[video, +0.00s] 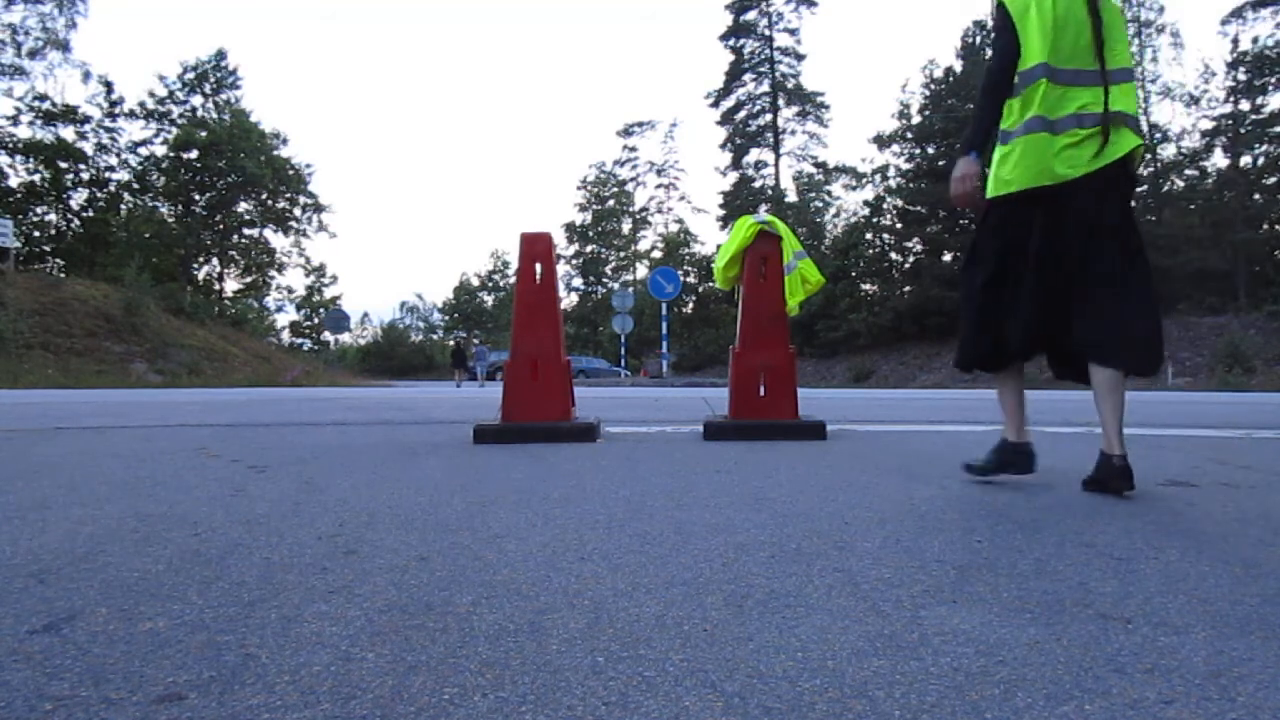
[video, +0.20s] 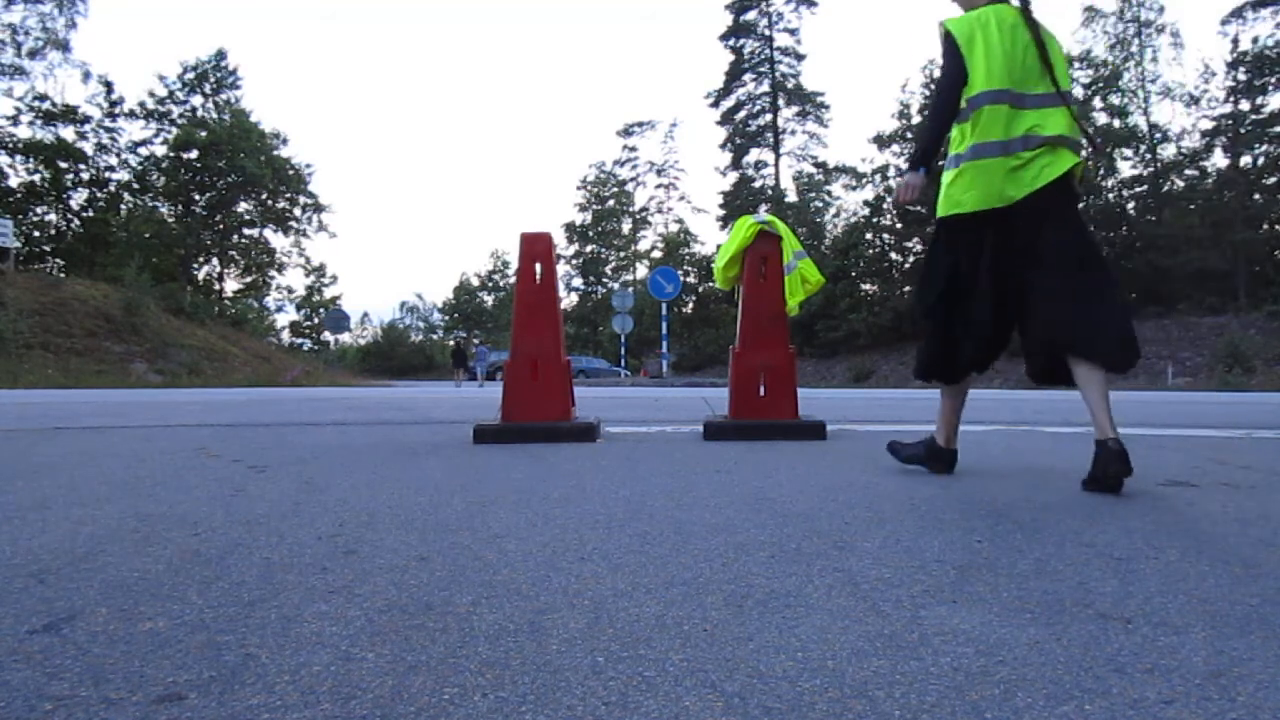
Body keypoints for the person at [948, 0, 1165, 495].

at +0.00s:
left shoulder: (1016, 7)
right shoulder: (1109, 11)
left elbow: (1003, 65)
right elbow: (1120, 80)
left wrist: (972, 151)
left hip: (1027, 169)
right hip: (1103, 168)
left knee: (998, 300)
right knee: (1100, 306)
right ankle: (1114, 456)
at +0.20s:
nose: (954, 4)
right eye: (956, 0)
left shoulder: (962, 30)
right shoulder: (1046, 38)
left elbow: (946, 103)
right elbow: (1063, 111)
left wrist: (917, 167)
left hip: (976, 203)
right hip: (1047, 201)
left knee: (961, 318)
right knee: (1072, 317)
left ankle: (942, 444)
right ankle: (1109, 444)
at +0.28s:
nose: (929, 10)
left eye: (930, 4)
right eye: (930, 5)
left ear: (941, 3)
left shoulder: (936, 44)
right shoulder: (1016, 45)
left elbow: (920, 124)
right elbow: (1033, 121)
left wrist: (901, 195)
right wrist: (1029, 187)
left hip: (948, 207)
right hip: (1017, 206)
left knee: (935, 322)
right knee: (1041, 317)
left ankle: (935, 445)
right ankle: (1096, 429)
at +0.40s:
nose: (892, 16)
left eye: (894, 7)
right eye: (891, 8)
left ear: (911, 5)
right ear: (940, 6)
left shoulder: (900, 58)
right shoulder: (980, 56)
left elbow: (884, 147)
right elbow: (994, 133)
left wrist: (867, 226)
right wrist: (984, 202)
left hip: (913, 221)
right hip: (976, 214)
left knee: (910, 330)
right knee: (976, 325)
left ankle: (933, 444)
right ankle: (1039, 403)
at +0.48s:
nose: (869, 19)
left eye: (872, 10)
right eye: (869, 10)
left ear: (892, 10)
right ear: (916, 11)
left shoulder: (880, 61)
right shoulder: (954, 58)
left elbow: (863, 148)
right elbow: (975, 137)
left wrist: (831, 213)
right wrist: (980, 216)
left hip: (896, 222)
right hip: (952, 215)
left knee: (900, 334)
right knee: (940, 328)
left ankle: (933, 445)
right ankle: (991, 408)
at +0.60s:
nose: (840, 20)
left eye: (841, 10)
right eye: (839, 11)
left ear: (859, 9)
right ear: (885, 11)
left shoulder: (853, 56)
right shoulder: (926, 62)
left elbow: (831, 129)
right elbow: (959, 132)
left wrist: (788, 162)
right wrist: (999, 195)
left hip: (872, 211)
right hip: (920, 205)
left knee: (888, 322)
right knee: (892, 320)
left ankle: (931, 444)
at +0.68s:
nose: (819, 23)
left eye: (822, 13)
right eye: (819, 15)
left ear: (843, 14)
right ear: (866, 16)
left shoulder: (832, 62)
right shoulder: (903, 66)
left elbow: (798, 139)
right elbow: (949, 129)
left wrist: (766, 139)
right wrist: (996, 182)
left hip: (857, 211)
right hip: (902, 206)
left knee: (894, 319)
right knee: (845, 314)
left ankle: (932, 440)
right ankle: (823, 428)